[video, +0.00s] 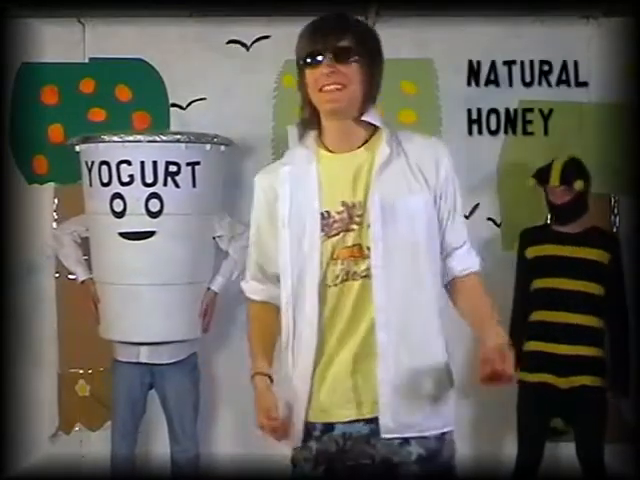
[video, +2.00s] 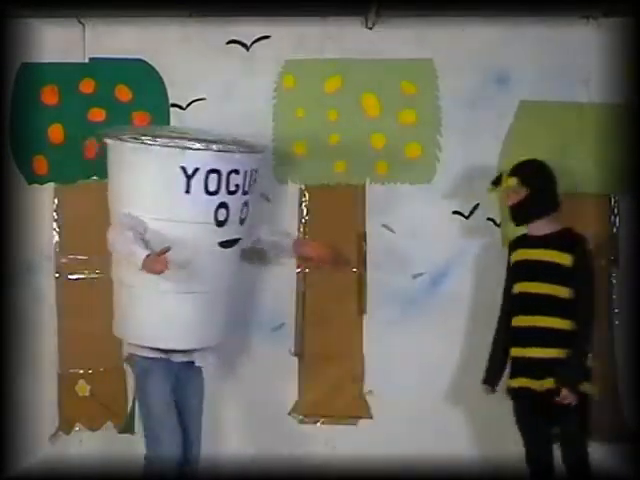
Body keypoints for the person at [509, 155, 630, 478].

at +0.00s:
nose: (555, 196)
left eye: (563, 188)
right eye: (550, 188)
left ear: (581, 189)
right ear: (543, 191)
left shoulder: (606, 243)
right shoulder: (530, 239)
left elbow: (617, 311)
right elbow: (521, 302)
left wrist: (619, 372)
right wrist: (514, 352)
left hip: (586, 370)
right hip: (536, 368)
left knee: (591, 460)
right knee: (527, 458)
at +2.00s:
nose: (508, 199)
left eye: (514, 190)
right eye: (506, 191)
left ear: (536, 191)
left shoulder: (573, 246)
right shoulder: (517, 247)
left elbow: (585, 317)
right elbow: (508, 313)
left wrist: (572, 377)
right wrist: (494, 369)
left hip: (565, 378)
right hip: (524, 377)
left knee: (575, 461)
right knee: (537, 463)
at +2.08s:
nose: (496, 201)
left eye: (502, 191)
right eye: (495, 192)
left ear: (523, 193)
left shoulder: (558, 246)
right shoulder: (510, 248)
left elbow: (573, 319)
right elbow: (499, 317)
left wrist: (567, 381)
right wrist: (481, 372)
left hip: (549, 382)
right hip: (516, 380)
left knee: (549, 468)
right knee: (539, 467)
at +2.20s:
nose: (471, 202)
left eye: (476, 192)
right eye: (471, 193)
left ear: (497, 195)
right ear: (501, 198)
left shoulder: (529, 250)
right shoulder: (502, 250)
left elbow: (549, 318)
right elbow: (485, 318)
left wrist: (548, 377)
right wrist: (459, 369)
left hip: (530, 380)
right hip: (509, 377)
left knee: (503, 456)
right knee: (533, 461)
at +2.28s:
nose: (454, 206)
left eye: (460, 196)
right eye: (455, 196)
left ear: (481, 199)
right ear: (484, 202)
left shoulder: (513, 255)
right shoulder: (489, 253)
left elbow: (533, 323)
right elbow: (472, 316)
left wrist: (531, 379)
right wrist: (443, 366)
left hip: (512, 383)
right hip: (497, 380)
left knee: (474, 457)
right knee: (530, 464)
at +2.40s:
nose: (428, 205)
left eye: (433, 197)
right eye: (429, 197)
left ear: (452, 202)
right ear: (454, 204)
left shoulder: (478, 255)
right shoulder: (466, 254)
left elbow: (494, 325)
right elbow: (449, 320)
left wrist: (481, 383)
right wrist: (410, 364)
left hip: (482, 383)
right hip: (482, 380)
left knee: (438, 461)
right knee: (511, 464)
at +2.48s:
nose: (409, 209)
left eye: (414, 200)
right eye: (410, 201)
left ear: (433, 204)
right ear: (442, 205)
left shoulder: (456, 256)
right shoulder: (445, 254)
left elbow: (462, 331)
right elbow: (432, 320)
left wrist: (443, 385)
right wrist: (387, 361)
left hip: (467, 378)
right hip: (467, 376)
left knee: (409, 461)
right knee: (484, 459)